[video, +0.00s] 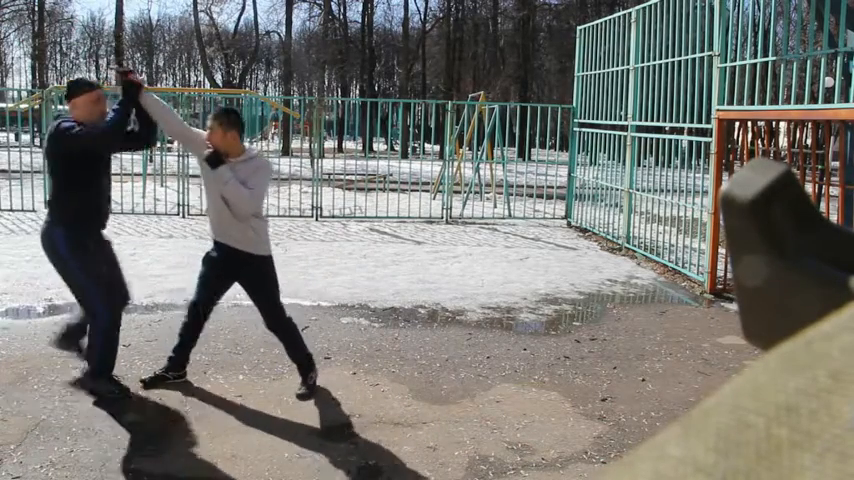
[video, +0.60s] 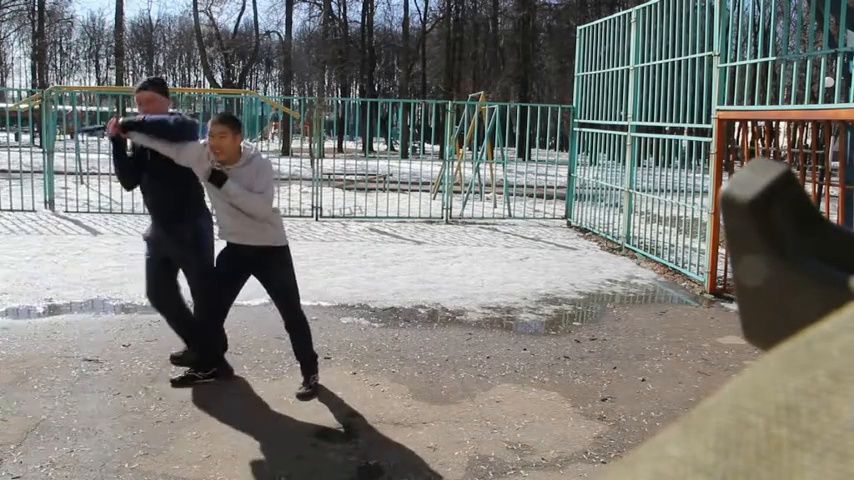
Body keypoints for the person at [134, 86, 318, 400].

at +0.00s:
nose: (208, 135)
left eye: (213, 130)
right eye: (209, 130)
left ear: (231, 134)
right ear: (223, 133)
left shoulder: (259, 166)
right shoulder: (209, 152)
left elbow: (246, 208)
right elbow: (173, 124)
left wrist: (219, 169)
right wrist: (139, 92)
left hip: (255, 258)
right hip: (221, 253)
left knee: (276, 320)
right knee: (197, 311)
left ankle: (308, 371)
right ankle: (175, 368)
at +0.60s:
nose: (213, 142)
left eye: (220, 136)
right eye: (210, 136)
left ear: (238, 137)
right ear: (207, 137)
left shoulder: (259, 165)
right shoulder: (203, 156)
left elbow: (262, 208)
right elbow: (167, 147)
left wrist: (226, 184)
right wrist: (128, 131)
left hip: (271, 250)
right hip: (236, 249)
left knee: (292, 313)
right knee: (209, 308)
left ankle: (310, 374)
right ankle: (207, 366)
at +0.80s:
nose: (212, 151)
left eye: (219, 145)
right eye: (207, 144)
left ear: (234, 147)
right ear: (202, 145)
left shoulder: (252, 167)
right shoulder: (193, 162)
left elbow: (261, 210)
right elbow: (162, 158)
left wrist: (222, 189)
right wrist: (136, 149)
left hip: (269, 248)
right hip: (233, 249)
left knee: (291, 312)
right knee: (210, 308)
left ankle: (310, 374)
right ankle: (205, 366)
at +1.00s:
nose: (205, 169)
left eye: (211, 162)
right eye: (199, 162)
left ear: (224, 161)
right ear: (192, 162)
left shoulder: (246, 173)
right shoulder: (187, 178)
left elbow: (258, 215)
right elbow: (161, 168)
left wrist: (217, 201)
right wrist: (146, 148)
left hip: (268, 246)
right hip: (232, 249)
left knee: (290, 309)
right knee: (211, 308)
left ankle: (309, 372)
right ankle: (206, 367)